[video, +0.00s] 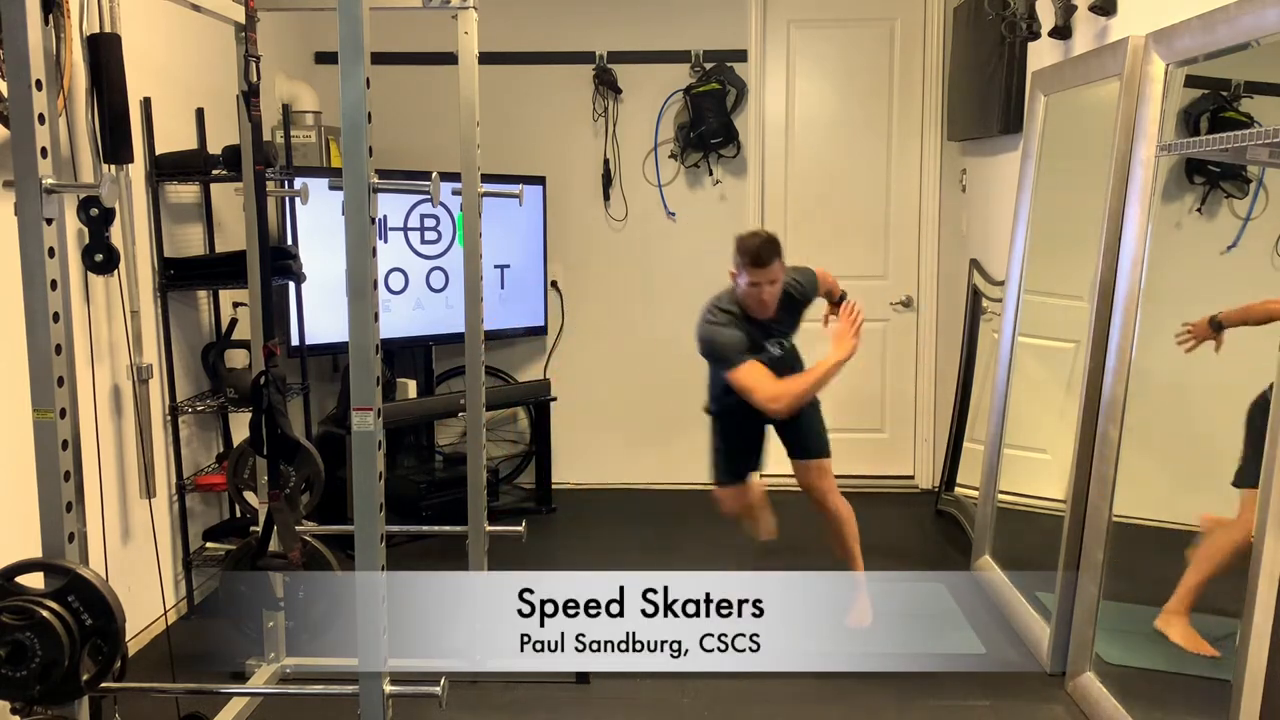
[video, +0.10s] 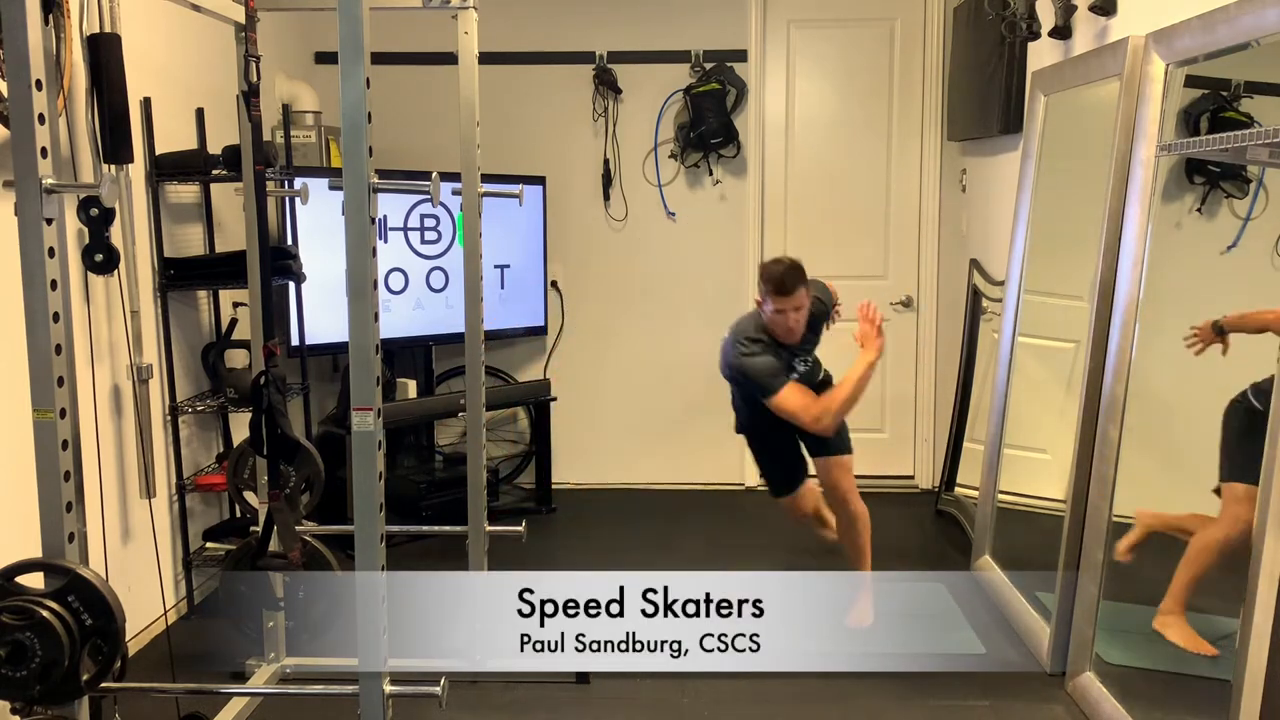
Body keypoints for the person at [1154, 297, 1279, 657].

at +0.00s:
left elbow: (1269, 309)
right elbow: (1270, 308)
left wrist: (1217, 321)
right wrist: (1217, 321)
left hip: (1272, 410)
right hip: (1271, 408)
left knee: (1259, 526)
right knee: (1248, 523)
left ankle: (1220, 532)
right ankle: (1174, 612)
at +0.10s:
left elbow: (1266, 320)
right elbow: (1267, 320)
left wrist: (1220, 326)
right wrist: (1220, 326)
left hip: (1268, 423)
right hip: (1255, 412)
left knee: (1239, 534)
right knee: (1236, 519)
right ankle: (1169, 613)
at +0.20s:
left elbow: (1265, 323)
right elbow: (1267, 323)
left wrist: (1223, 340)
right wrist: (1222, 339)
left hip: (1261, 429)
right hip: (1245, 414)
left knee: (1189, 519)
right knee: (1233, 510)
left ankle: (1111, 520)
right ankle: (1168, 613)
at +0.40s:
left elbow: (1229, 352)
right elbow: (1228, 352)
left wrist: (1172, 402)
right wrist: (1171, 402)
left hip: (1266, 430)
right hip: (1253, 418)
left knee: (1243, 531)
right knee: (1240, 526)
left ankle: (1155, 515)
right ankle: (1169, 613)